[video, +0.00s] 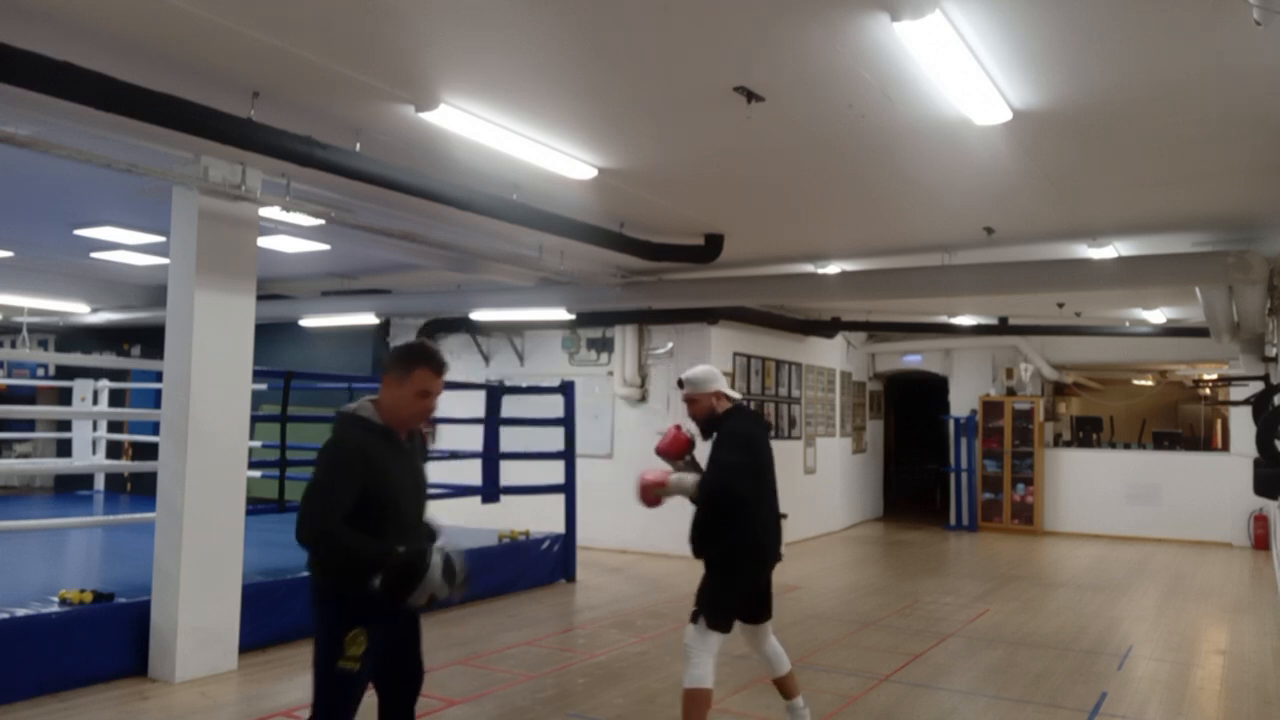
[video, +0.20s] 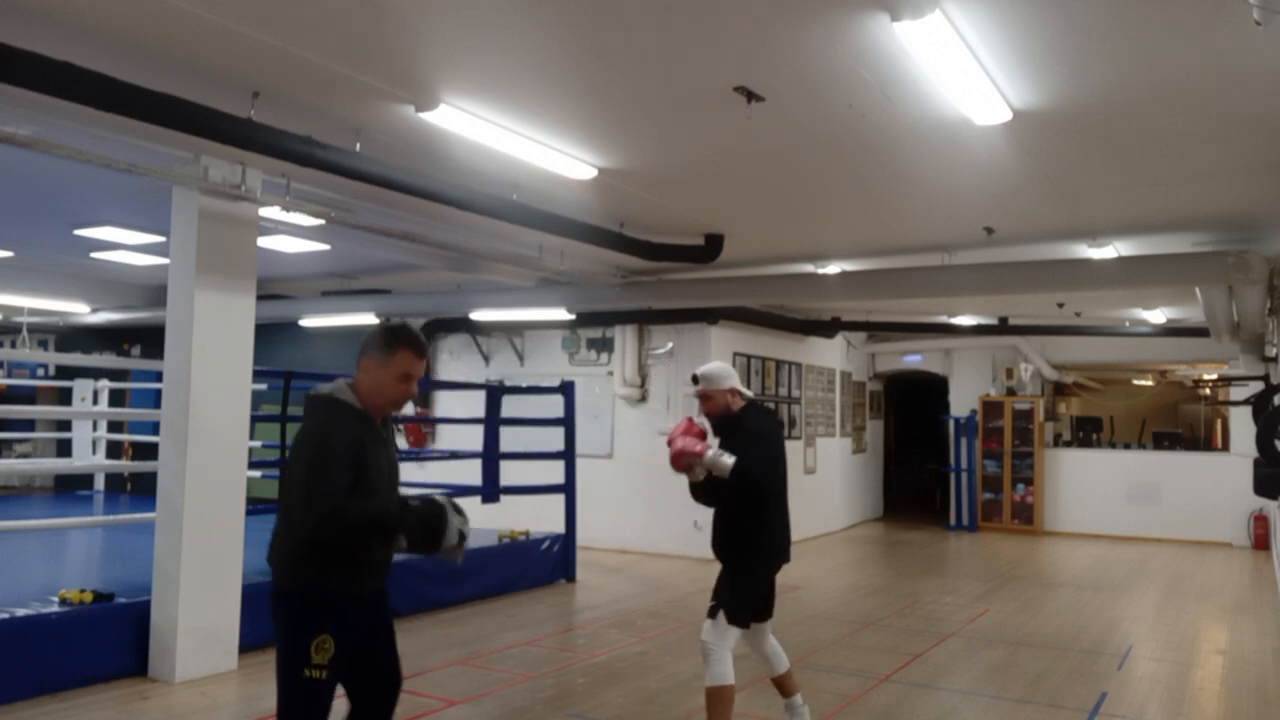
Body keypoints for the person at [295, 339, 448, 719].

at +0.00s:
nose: (431, 408)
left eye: (435, 397)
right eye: (423, 395)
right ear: (390, 386)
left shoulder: (409, 440)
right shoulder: (350, 442)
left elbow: (400, 518)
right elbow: (311, 529)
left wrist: (429, 546)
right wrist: (390, 558)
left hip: (393, 594)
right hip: (345, 599)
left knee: (403, 686)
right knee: (336, 704)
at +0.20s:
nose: (412, 392)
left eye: (417, 382)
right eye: (404, 378)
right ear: (368, 367)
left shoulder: (377, 425)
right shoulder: (331, 421)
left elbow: (375, 508)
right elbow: (328, 516)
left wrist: (425, 521)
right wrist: (419, 521)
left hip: (358, 586)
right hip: (311, 588)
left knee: (379, 689)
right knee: (305, 705)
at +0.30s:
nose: (411, 381)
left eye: (415, 372)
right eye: (405, 368)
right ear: (371, 355)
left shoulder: (367, 412)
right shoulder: (330, 409)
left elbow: (366, 485)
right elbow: (325, 508)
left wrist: (422, 488)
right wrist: (404, 528)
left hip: (349, 579)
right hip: (310, 583)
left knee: (351, 699)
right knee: (315, 703)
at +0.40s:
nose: (405, 385)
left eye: (409, 376)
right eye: (398, 371)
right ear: (360, 361)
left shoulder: (360, 419)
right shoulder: (318, 418)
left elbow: (355, 494)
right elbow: (302, 523)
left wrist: (404, 480)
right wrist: (383, 565)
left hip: (339, 590)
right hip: (304, 593)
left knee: (341, 703)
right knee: (315, 706)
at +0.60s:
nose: (395, 387)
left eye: (397, 377)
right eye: (387, 374)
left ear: (346, 371)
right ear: (346, 368)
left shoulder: (334, 429)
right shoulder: (311, 433)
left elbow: (334, 517)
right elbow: (294, 548)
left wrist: (390, 512)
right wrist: (346, 638)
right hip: (294, 630)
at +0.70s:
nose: (389, 383)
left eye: (390, 372)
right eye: (383, 370)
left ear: (345, 369)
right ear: (345, 367)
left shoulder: (315, 423)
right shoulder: (310, 432)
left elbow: (324, 505)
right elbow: (296, 553)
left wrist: (388, 496)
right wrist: (352, 647)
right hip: (288, 630)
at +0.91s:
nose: (384, 366)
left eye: (384, 354)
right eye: (378, 353)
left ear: (340, 353)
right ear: (343, 354)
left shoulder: (290, 409)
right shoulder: (309, 425)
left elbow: (327, 467)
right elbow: (303, 546)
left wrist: (384, 426)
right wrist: (363, 629)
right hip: (285, 625)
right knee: (292, 712)